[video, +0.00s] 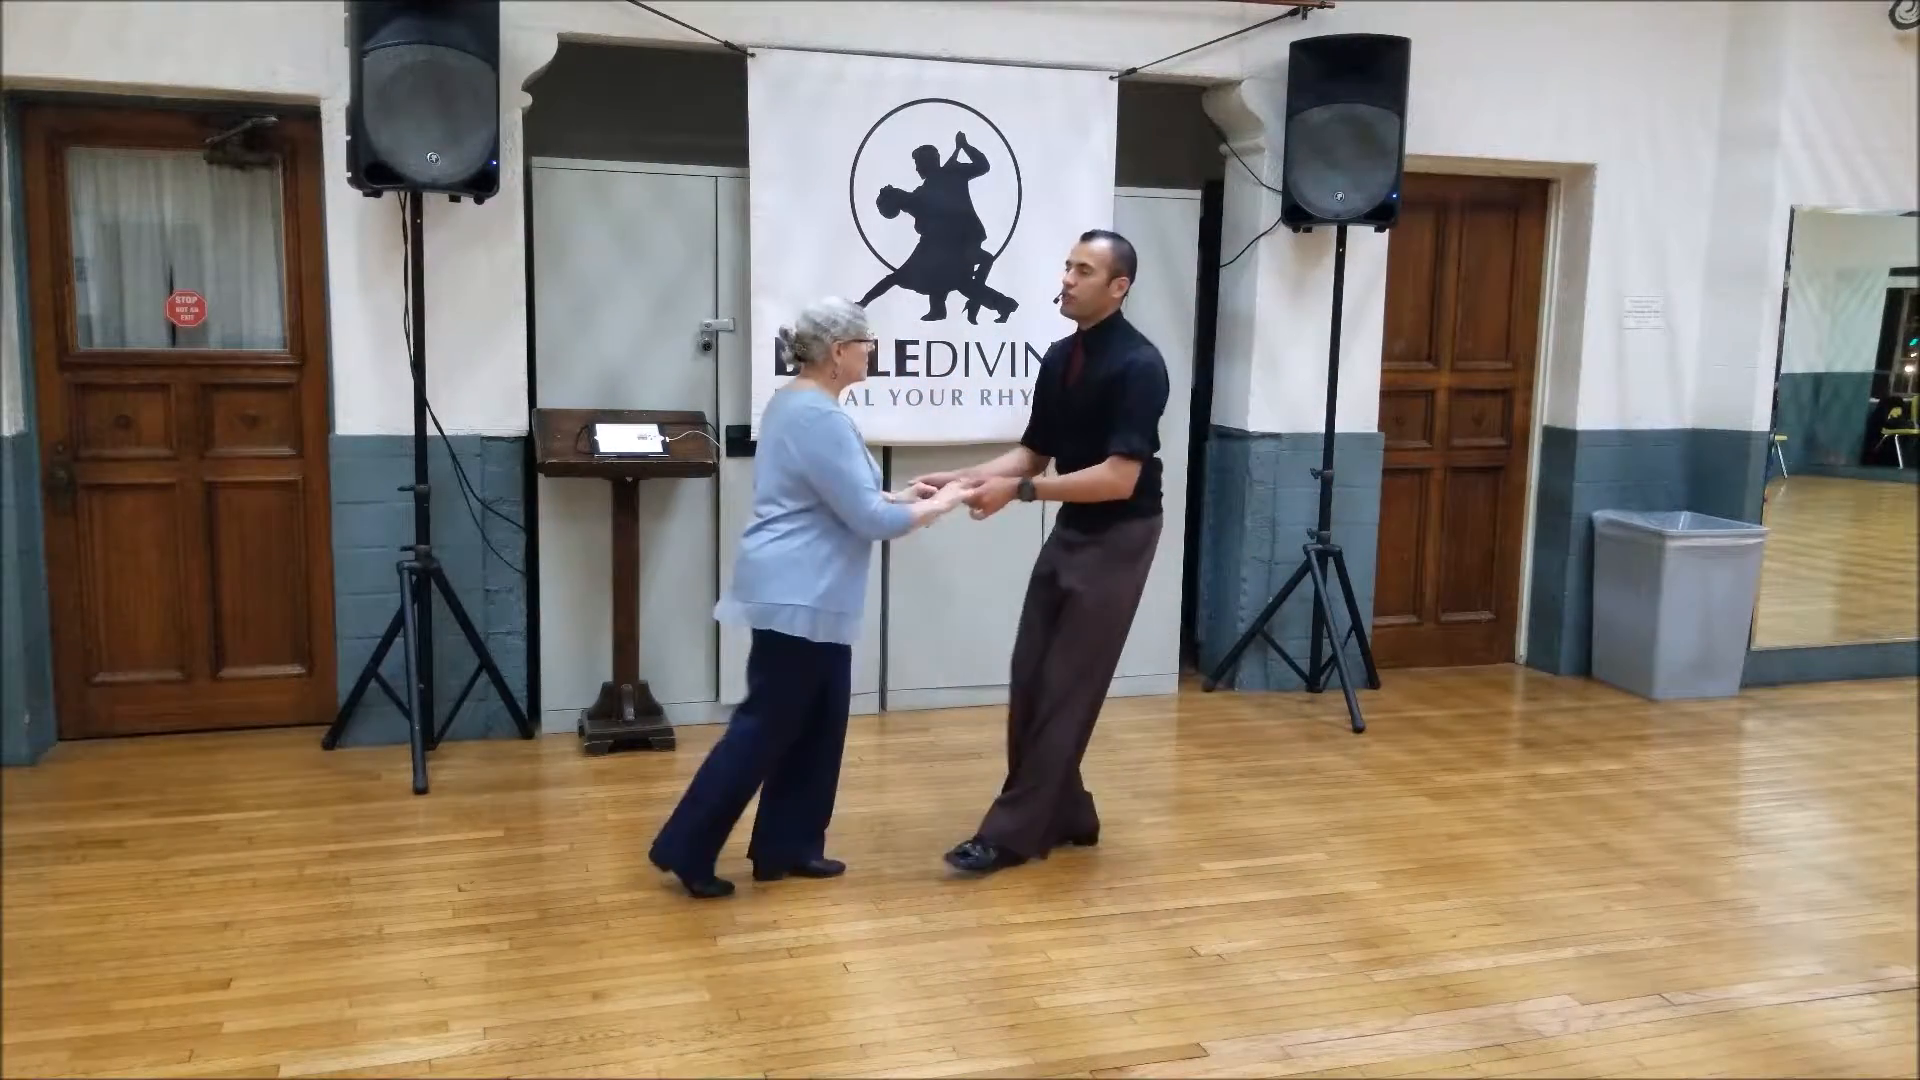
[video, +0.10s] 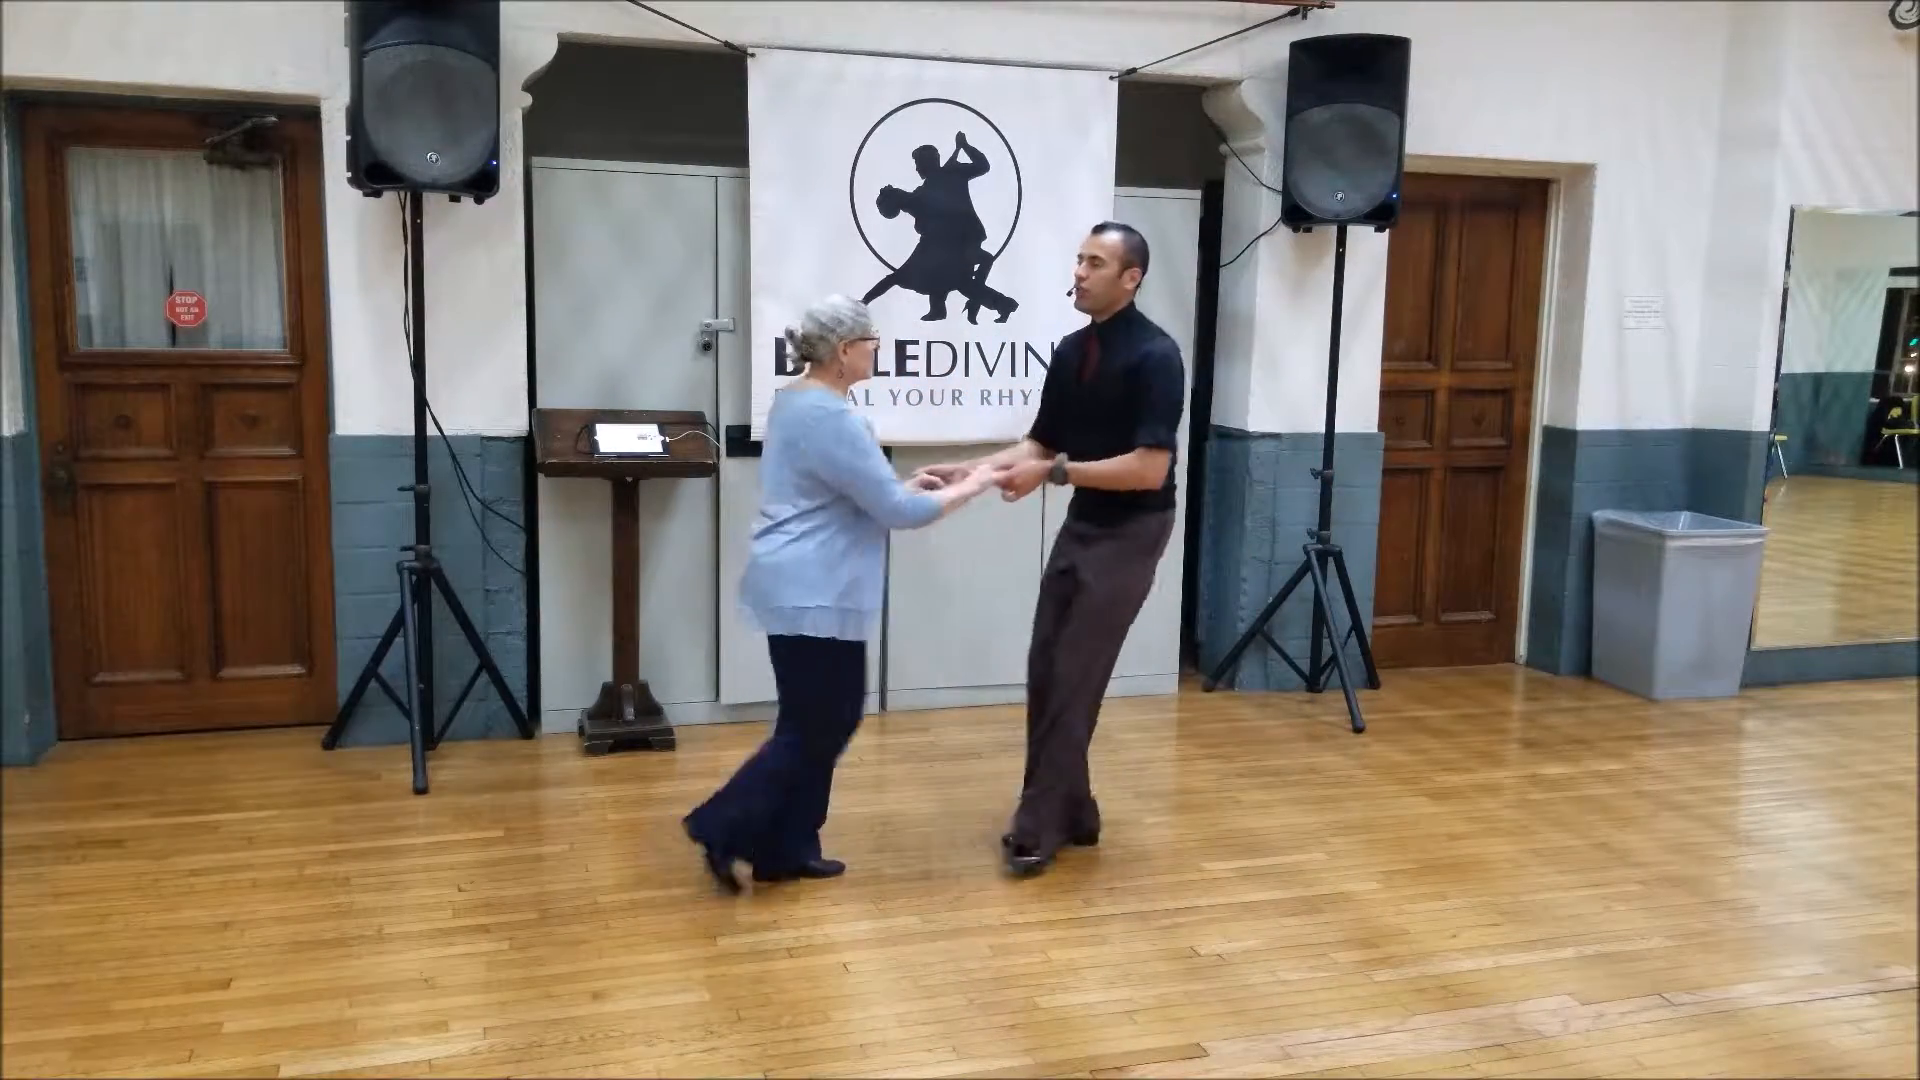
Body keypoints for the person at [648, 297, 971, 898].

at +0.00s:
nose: (872, 353)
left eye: (870, 344)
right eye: (865, 344)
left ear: (829, 351)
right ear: (835, 351)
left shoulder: (796, 406)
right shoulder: (818, 417)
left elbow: (848, 502)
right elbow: (870, 518)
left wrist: (909, 493)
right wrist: (932, 509)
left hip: (812, 594)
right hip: (800, 596)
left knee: (819, 723)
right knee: (770, 724)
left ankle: (785, 848)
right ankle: (685, 847)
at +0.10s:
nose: (876, 351)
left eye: (874, 342)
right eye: (868, 343)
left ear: (827, 351)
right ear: (838, 350)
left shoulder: (795, 405)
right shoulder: (829, 417)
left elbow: (847, 495)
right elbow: (897, 509)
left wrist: (910, 485)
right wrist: (971, 485)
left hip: (794, 586)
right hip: (817, 594)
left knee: (813, 720)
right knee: (826, 722)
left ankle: (788, 846)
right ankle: (720, 827)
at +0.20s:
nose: (885, 348)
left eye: (883, 339)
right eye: (878, 339)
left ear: (834, 346)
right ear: (852, 346)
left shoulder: (799, 403)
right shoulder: (847, 416)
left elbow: (867, 473)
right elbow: (928, 494)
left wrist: (933, 470)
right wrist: (1005, 465)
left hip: (786, 585)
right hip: (837, 591)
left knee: (798, 711)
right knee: (877, 699)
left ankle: (776, 849)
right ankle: (806, 842)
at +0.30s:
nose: (900, 348)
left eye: (898, 338)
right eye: (893, 338)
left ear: (845, 343)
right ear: (864, 343)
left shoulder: (810, 400)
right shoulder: (870, 415)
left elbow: (911, 458)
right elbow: (953, 483)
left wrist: (1000, 451)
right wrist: (1032, 457)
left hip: (795, 586)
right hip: (860, 591)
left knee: (798, 717)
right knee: (897, 707)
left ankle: (781, 852)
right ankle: (889, 847)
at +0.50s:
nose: (932, 350)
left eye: (930, 340)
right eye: (926, 341)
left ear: (879, 347)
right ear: (900, 349)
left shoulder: (839, 405)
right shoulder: (909, 419)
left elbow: (954, 471)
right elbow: (986, 490)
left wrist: (1043, 466)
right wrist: (1059, 473)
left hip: (838, 590)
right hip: (905, 595)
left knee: (835, 716)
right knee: (919, 723)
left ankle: (797, 844)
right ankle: (910, 846)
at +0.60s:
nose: (956, 352)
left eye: (955, 341)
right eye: (950, 342)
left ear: (909, 347)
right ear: (921, 347)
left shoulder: (873, 406)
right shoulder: (923, 418)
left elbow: (947, 487)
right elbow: (983, 505)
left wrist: (1021, 488)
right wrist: (1051, 503)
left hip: (872, 583)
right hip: (920, 589)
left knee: (903, 699)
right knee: (926, 719)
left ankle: (842, 801)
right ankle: (915, 846)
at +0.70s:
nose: (970, 349)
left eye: (968, 339)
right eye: (962, 340)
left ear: (929, 347)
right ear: (933, 347)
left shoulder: (900, 407)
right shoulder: (923, 415)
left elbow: (973, 481)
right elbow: (974, 510)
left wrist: (1041, 482)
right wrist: (1050, 504)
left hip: (900, 572)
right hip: (922, 578)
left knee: (945, 689)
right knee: (938, 699)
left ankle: (886, 795)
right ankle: (914, 846)